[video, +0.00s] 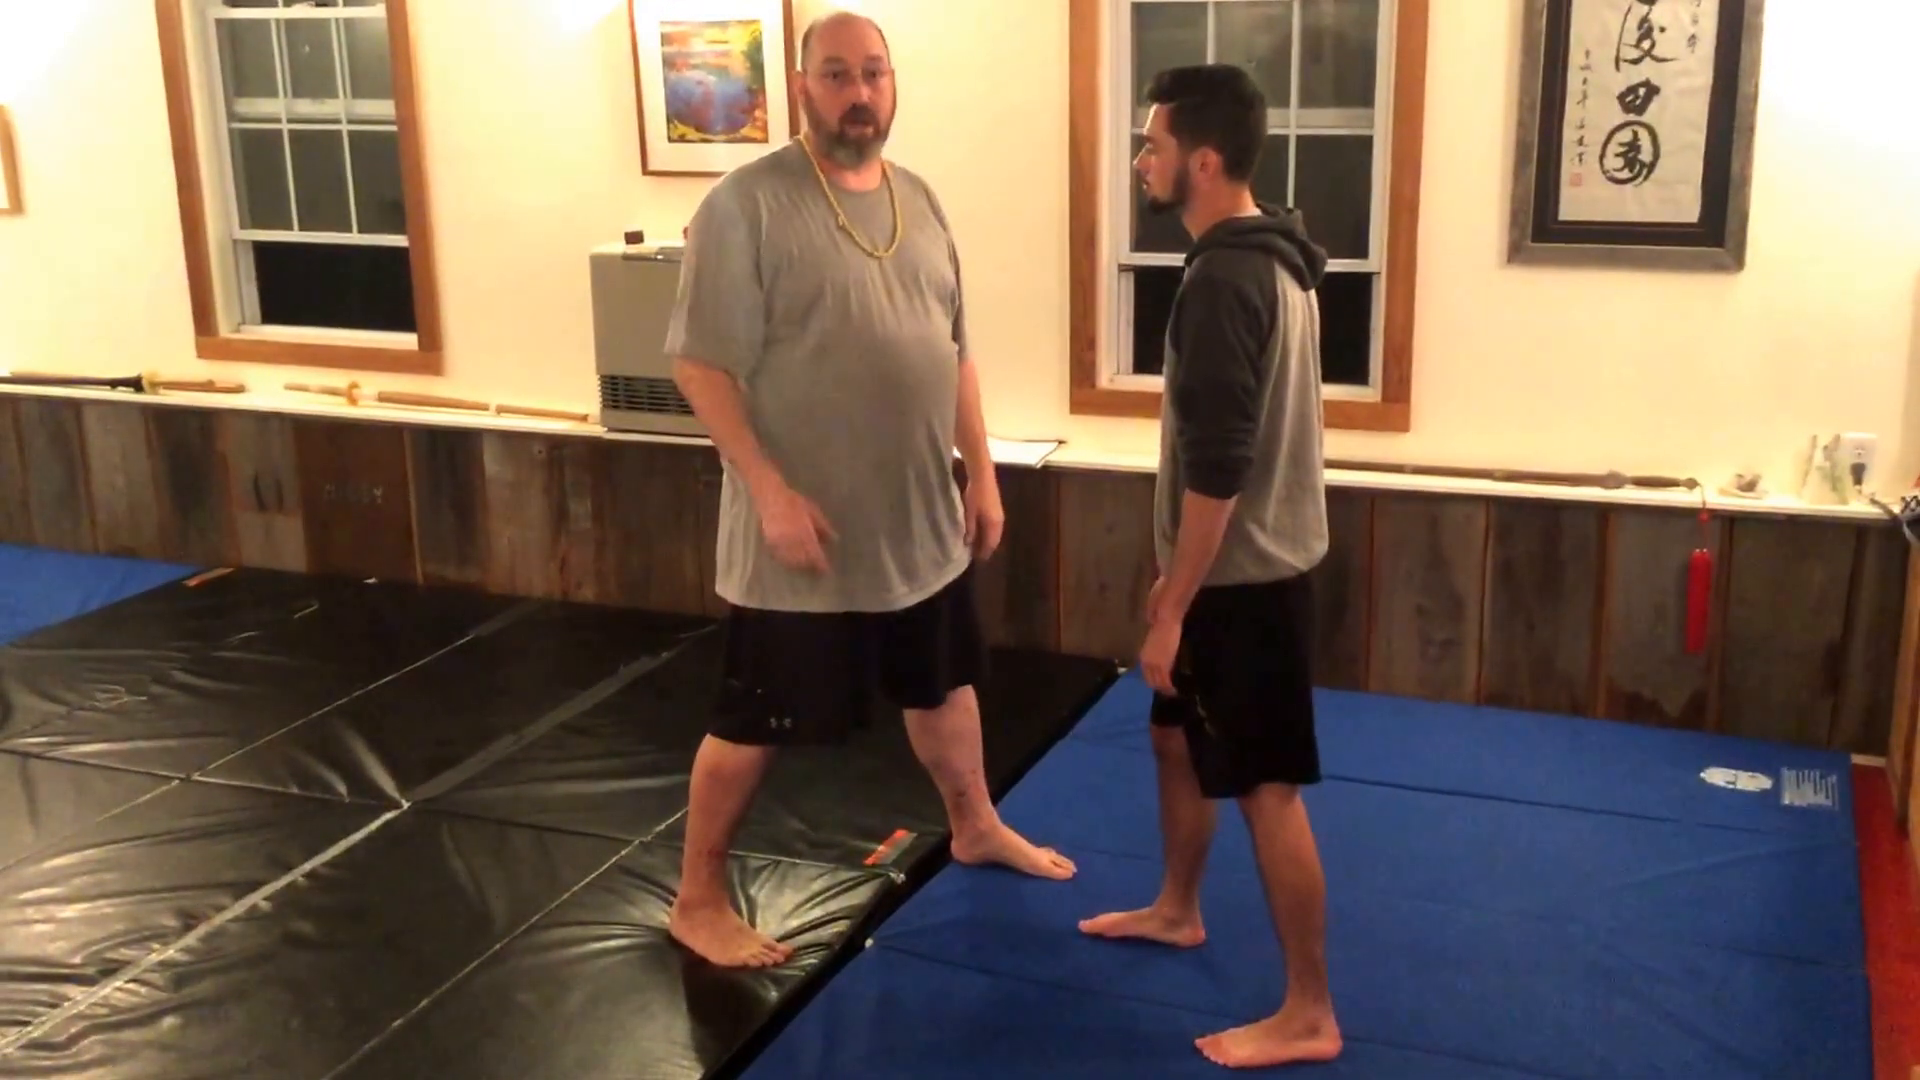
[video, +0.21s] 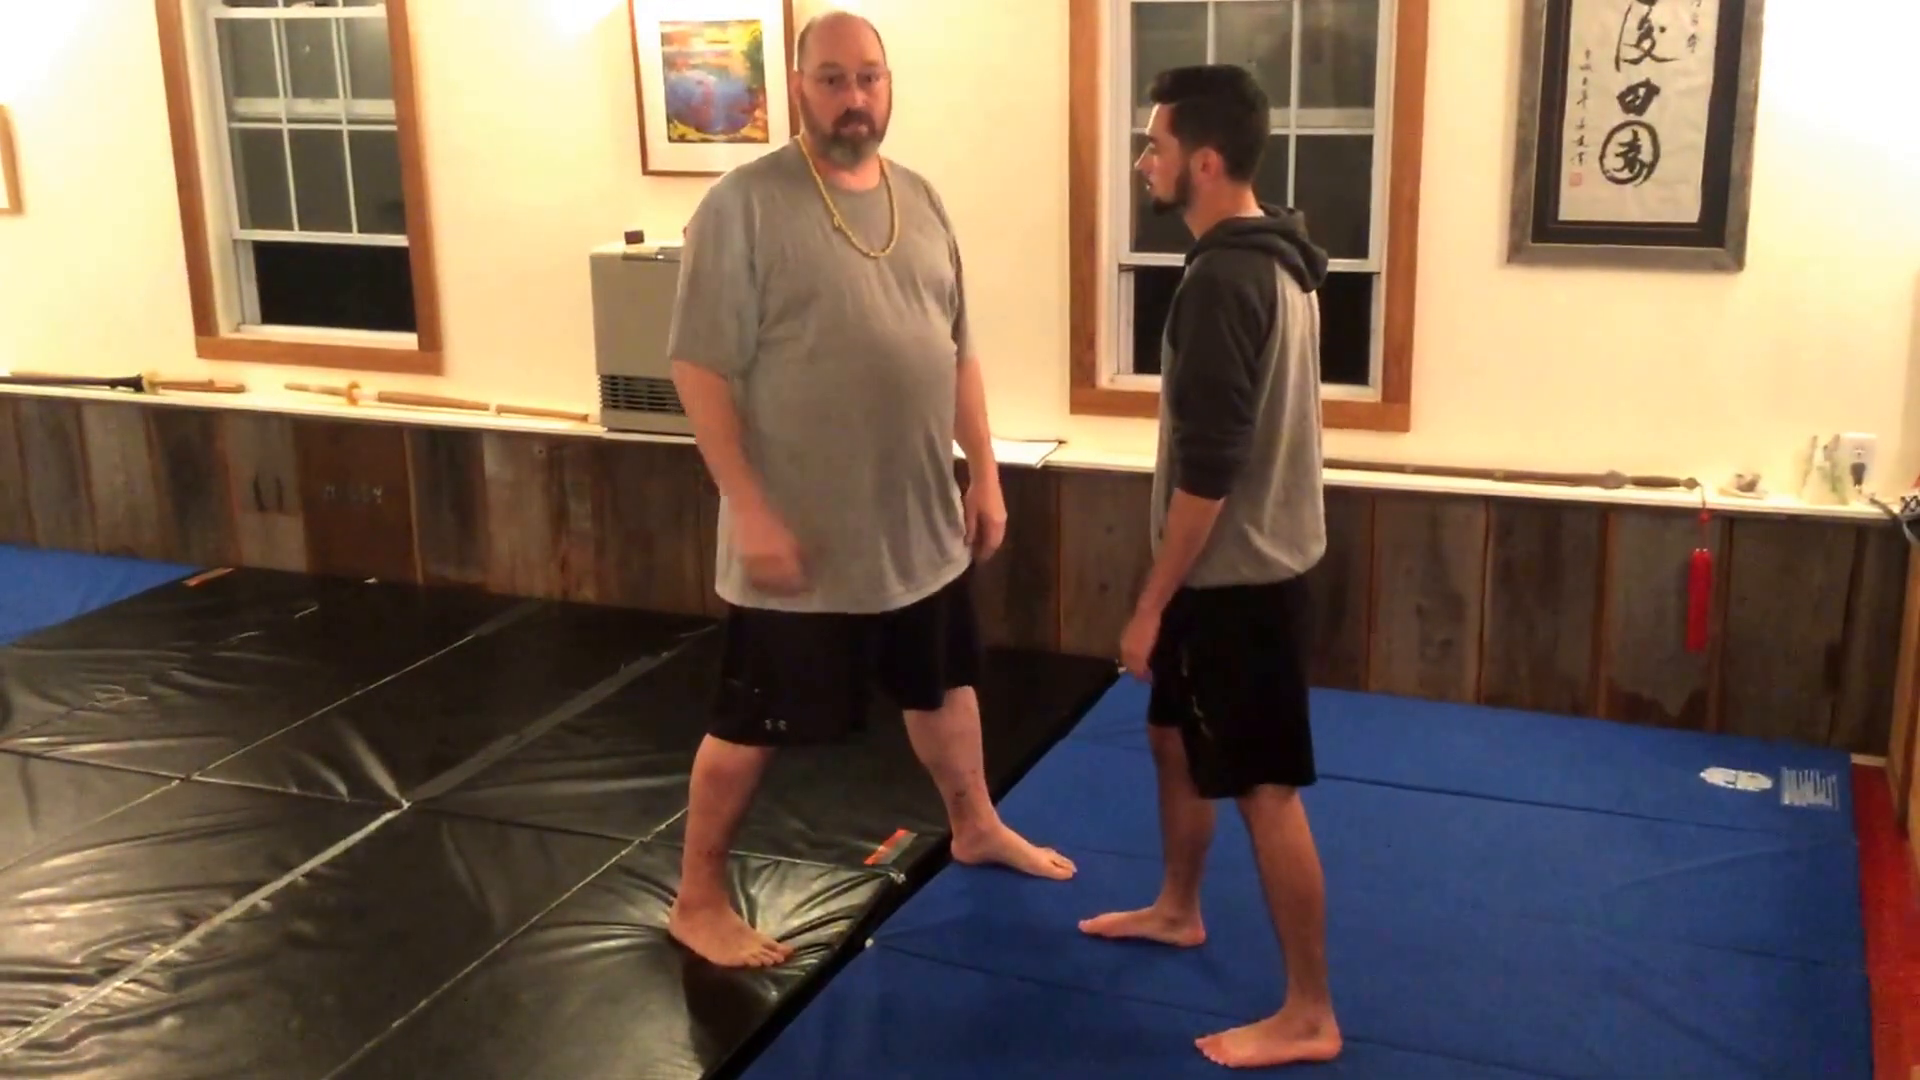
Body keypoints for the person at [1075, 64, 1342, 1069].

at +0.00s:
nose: (1143, 159)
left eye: (1155, 143)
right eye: (1146, 141)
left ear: (1204, 156)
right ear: (1224, 156)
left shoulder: (1224, 278)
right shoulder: (1271, 252)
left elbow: (1220, 468)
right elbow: (1249, 444)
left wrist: (1172, 608)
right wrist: (1186, 571)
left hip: (1246, 571)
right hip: (1234, 557)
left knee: (1266, 788)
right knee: (1175, 732)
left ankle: (1309, 1012)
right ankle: (1177, 906)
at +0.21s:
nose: (1145, 158)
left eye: (1157, 142)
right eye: (1149, 139)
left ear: (1205, 155)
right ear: (1227, 155)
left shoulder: (1222, 277)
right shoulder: (1275, 252)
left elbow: (1209, 472)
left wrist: (1151, 606)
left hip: (1239, 572)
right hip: (1232, 558)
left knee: (1264, 789)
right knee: (1173, 734)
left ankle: (1309, 1012)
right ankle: (1178, 906)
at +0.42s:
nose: (1147, 158)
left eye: (1159, 142)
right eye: (1150, 139)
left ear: (1206, 156)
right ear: (1229, 157)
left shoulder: (1222, 279)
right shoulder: (1277, 254)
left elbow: (1202, 470)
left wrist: (1140, 597)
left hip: (1236, 569)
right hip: (1229, 555)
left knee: (1262, 787)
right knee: (1170, 733)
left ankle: (1309, 1013)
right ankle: (1177, 906)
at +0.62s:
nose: (1145, 157)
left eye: (1158, 141)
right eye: (1149, 139)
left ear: (1206, 156)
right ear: (1229, 158)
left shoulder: (1220, 281)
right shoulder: (1275, 259)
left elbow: (1200, 473)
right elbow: (1268, 434)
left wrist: (1140, 605)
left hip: (1232, 570)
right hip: (1232, 557)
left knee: (1258, 785)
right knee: (1169, 733)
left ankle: (1309, 1012)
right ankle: (1176, 906)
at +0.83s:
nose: (1143, 157)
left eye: (1154, 140)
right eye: (1147, 138)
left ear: (1199, 155)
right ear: (1230, 155)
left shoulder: (1217, 280)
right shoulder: (1276, 258)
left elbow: (1205, 473)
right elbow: (1273, 430)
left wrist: (1151, 612)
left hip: (1230, 572)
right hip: (1239, 557)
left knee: (1257, 785)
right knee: (1167, 727)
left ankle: (1308, 1012)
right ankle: (1176, 904)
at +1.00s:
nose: (1142, 162)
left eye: (1150, 145)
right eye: (1144, 144)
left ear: (1193, 155)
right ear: (1231, 152)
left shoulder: (1216, 281)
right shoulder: (1277, 255)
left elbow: (1204, 474)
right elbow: (1275, 425)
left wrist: (1149, 613)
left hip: (1229, 571)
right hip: (1239, 555)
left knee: (1254, 784)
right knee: (1165, 725)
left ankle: (1307, 1010)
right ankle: (1175, 903)